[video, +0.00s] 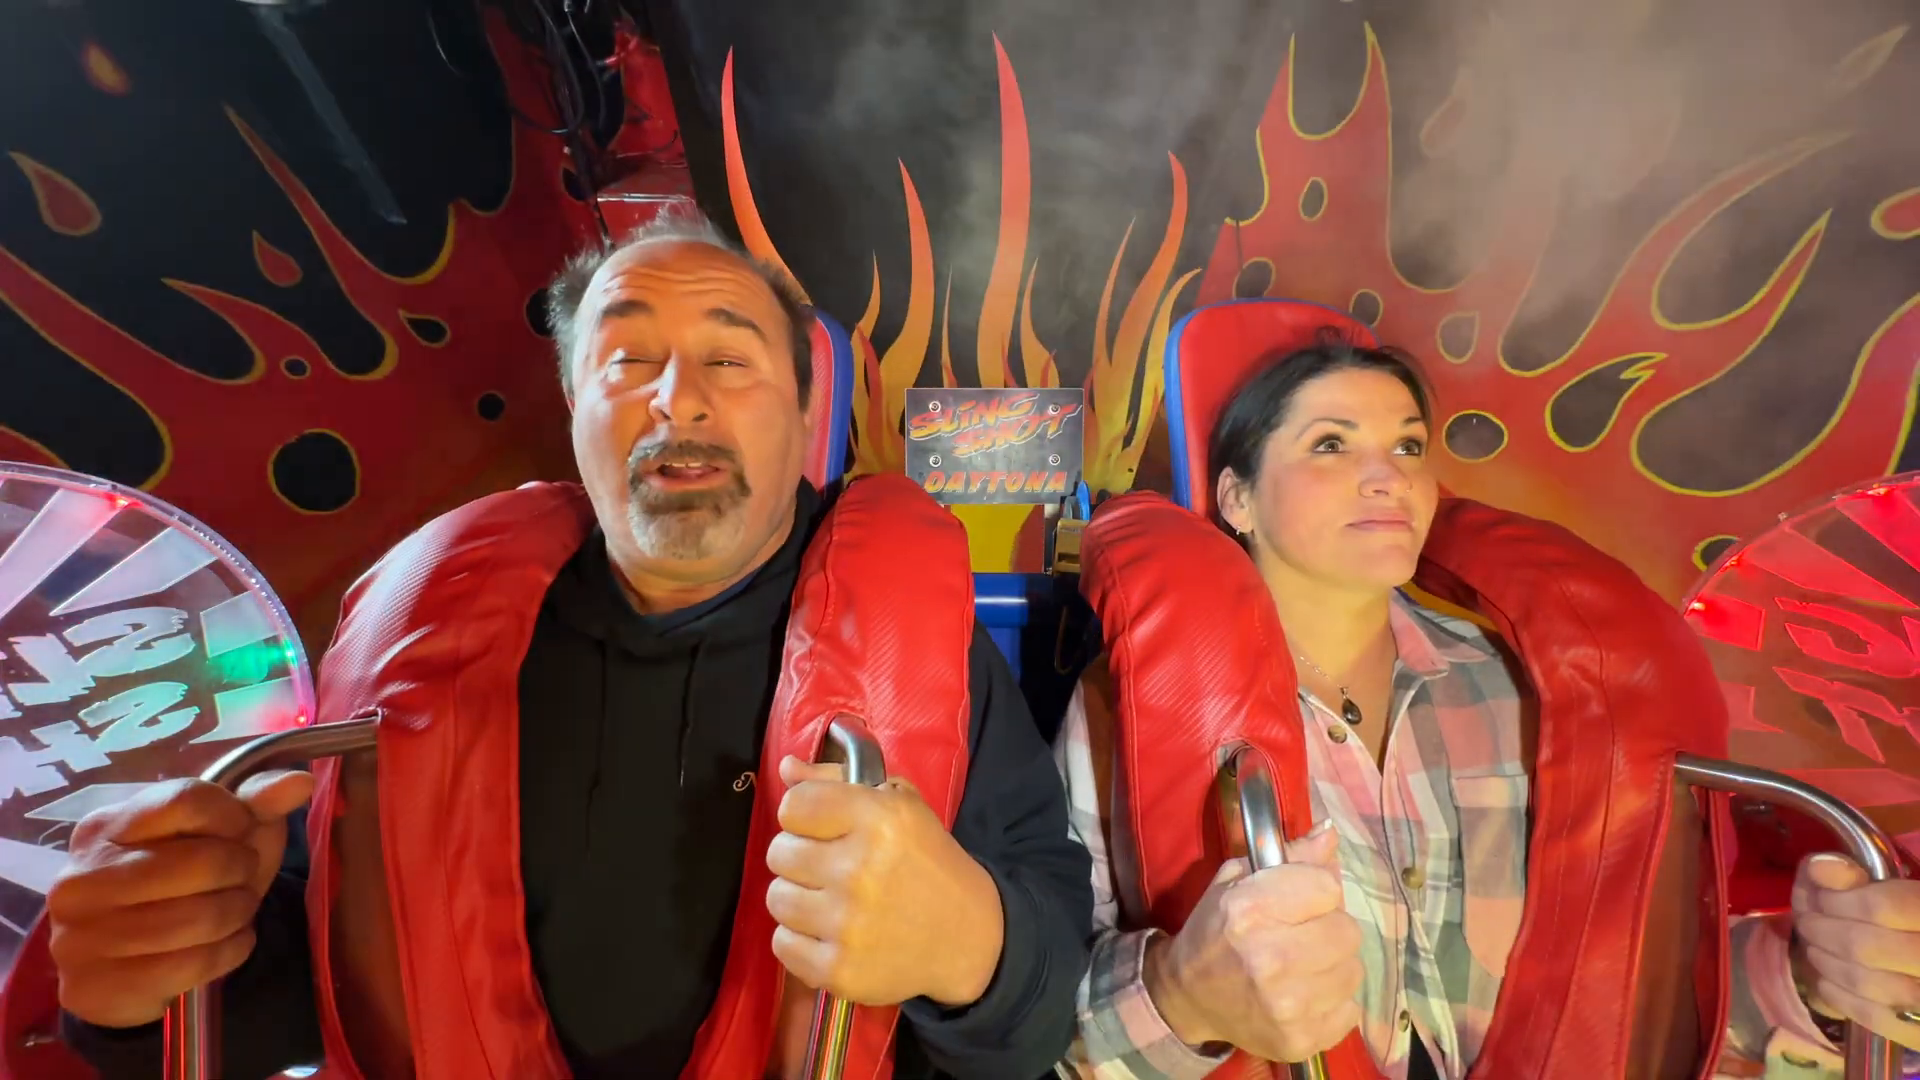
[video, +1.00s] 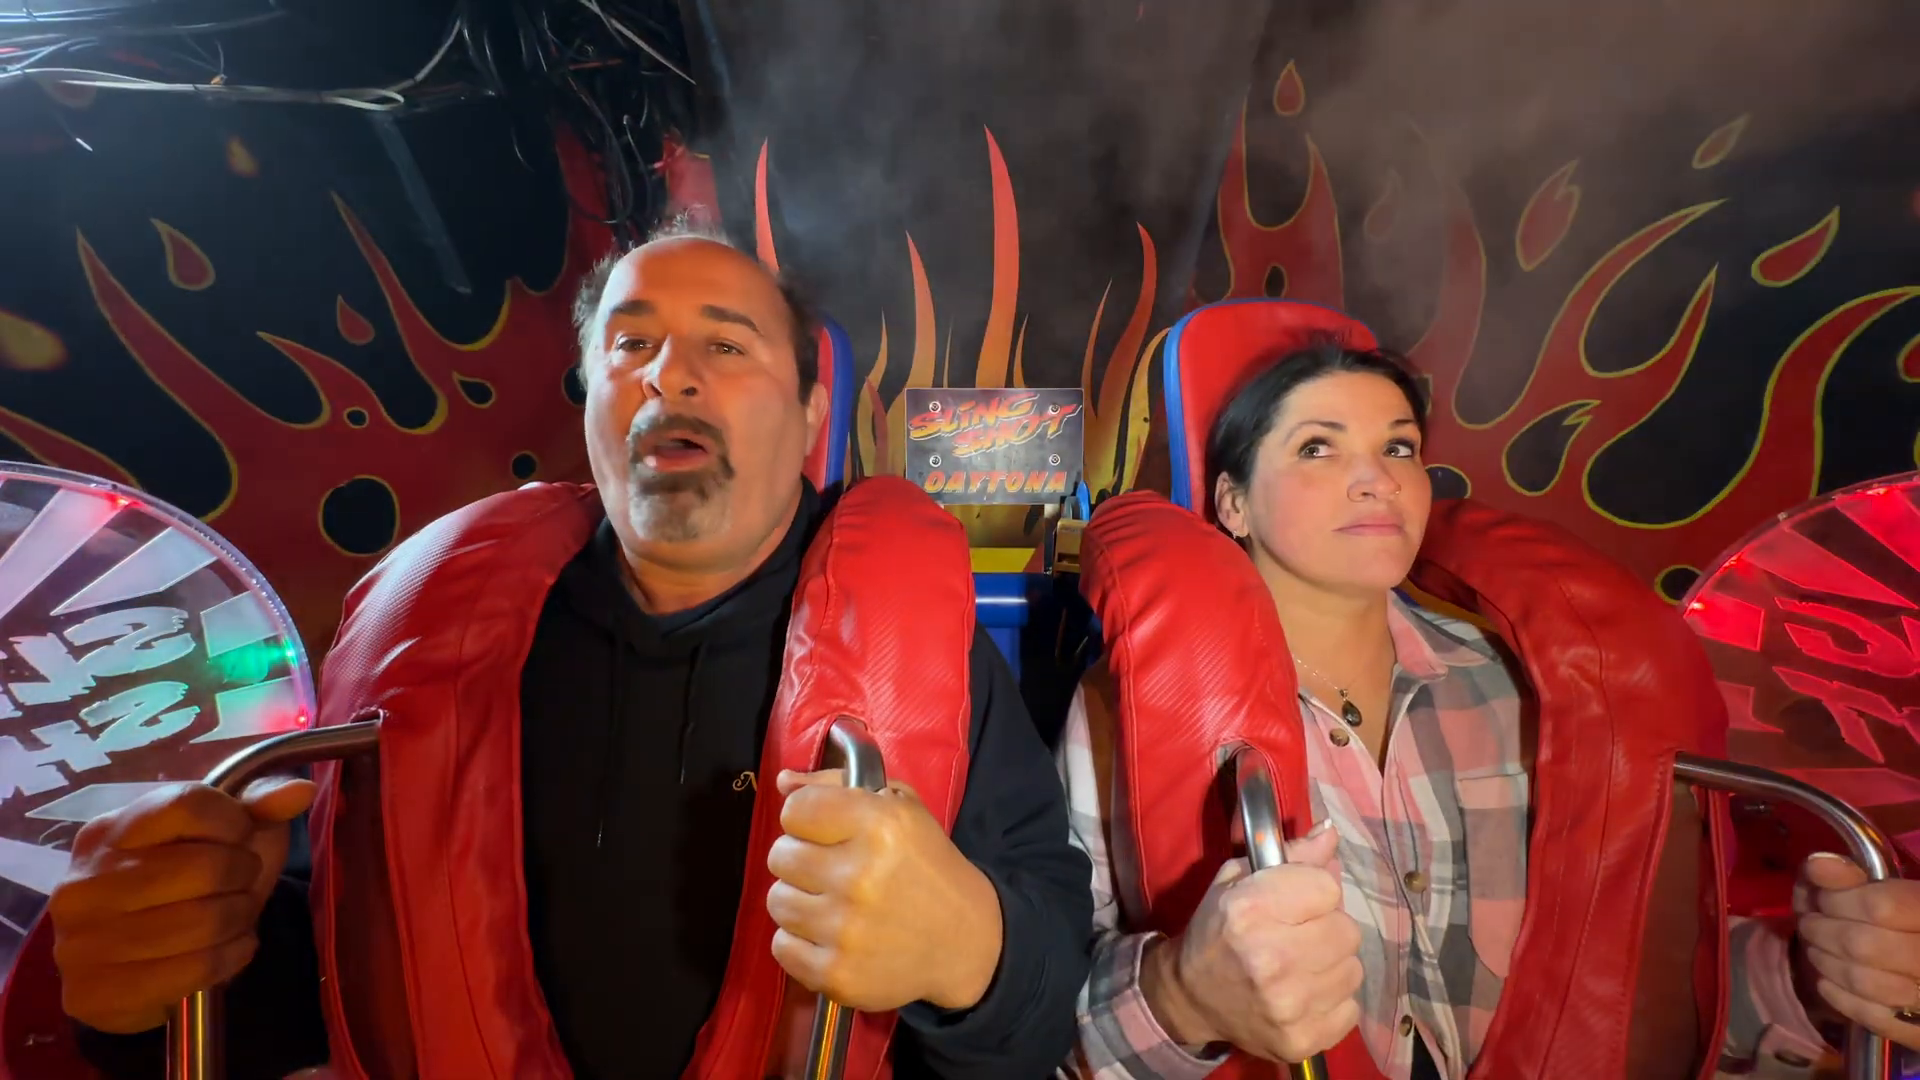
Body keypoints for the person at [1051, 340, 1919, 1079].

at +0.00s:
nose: (1388, 478)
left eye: (1408, 447)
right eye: (1330, 447)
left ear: (1437, 485)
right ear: (1238, 500)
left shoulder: (1514, 693)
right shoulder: (1141, 712)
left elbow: (1599, 975)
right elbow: (1041, 1028)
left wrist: (1793, 968)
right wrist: (1170, 1000)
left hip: (1488, 1067)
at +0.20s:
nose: (1382, 484)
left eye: (1404, 451)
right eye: (1325, 451)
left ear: (1435, 488)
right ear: (1237, 502)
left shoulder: (1525, 699)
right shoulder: (1137, 718)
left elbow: (1614, 979)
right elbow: (1041, 1032)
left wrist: (1803, 972)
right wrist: (1172, 1004)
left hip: (1493, 1067)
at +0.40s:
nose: (1371, 481)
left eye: (1394, 449)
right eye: (1314, 451)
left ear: (1430, 491)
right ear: (1230, 503)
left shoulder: (1525, 696)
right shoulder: (1137, 717)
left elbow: (1616, 970)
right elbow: (1054, 1033)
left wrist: (1798, 972)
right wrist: (1175, 1007)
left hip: (1501, 1066)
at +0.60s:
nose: (1372, 478)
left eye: (1394, 445)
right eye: (1315, 447)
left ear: (1429, 484)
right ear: (1231, 499)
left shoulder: (1523, 693)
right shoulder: (1140, 715)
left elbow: (1617, 969)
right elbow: (1054, 1034)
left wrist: (1804, 970)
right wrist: (1177, 1005)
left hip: (1503, 1070)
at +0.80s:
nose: (1373, 478)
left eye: (1394, 446)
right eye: (1315, 447)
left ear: (1427, 485)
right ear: (1231, 499)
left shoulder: (1521, 690)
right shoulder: (1142, 711)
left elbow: (1625, 964)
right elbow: (1067, 1036)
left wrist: (1815, 974)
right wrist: (1179, 1001)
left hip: (1500, 1071)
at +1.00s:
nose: (1376, 484)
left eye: (1397, 452)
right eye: (1319, 452)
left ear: (1429, 488)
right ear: (1233, 502)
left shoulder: (1518, 692)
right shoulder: (1143, 713)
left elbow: (1626, 962)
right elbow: (1066, 1036)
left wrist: (1817, 975)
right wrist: (1178, 1001)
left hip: (1501, 1071)